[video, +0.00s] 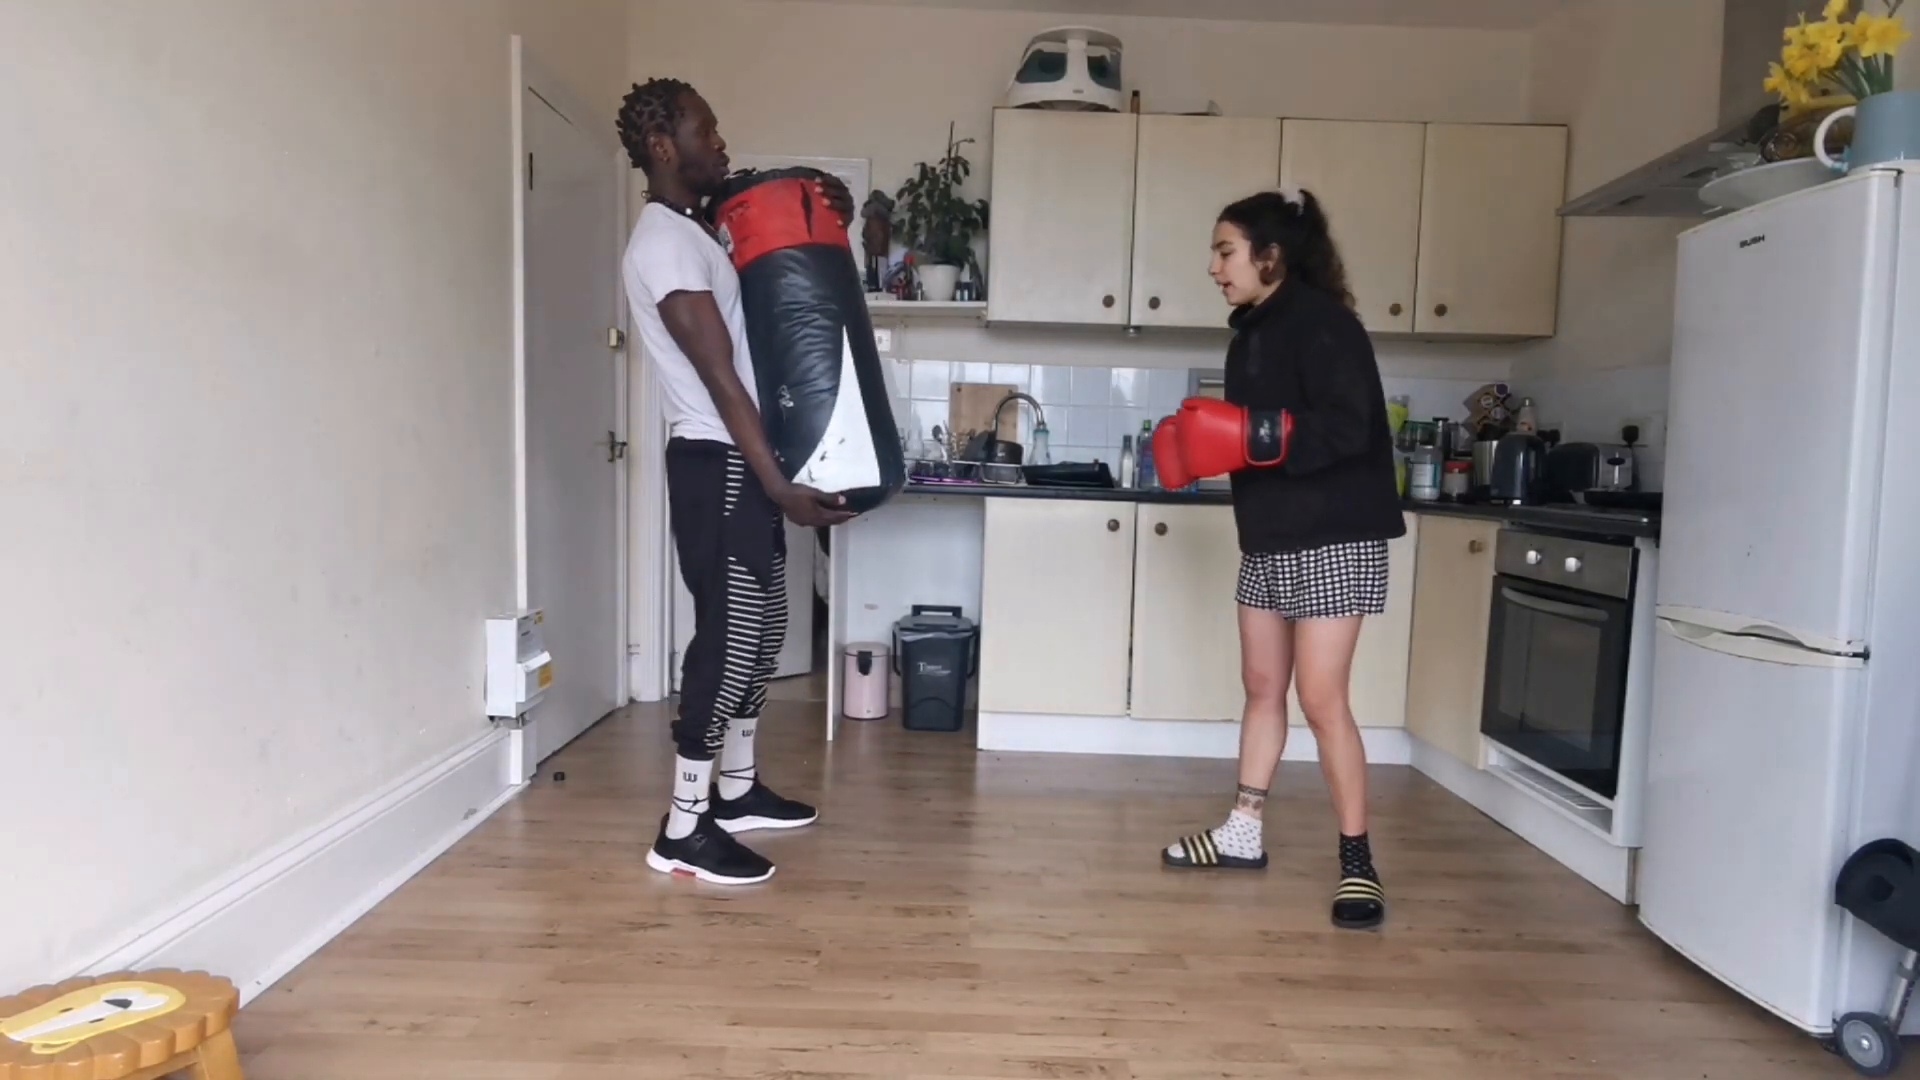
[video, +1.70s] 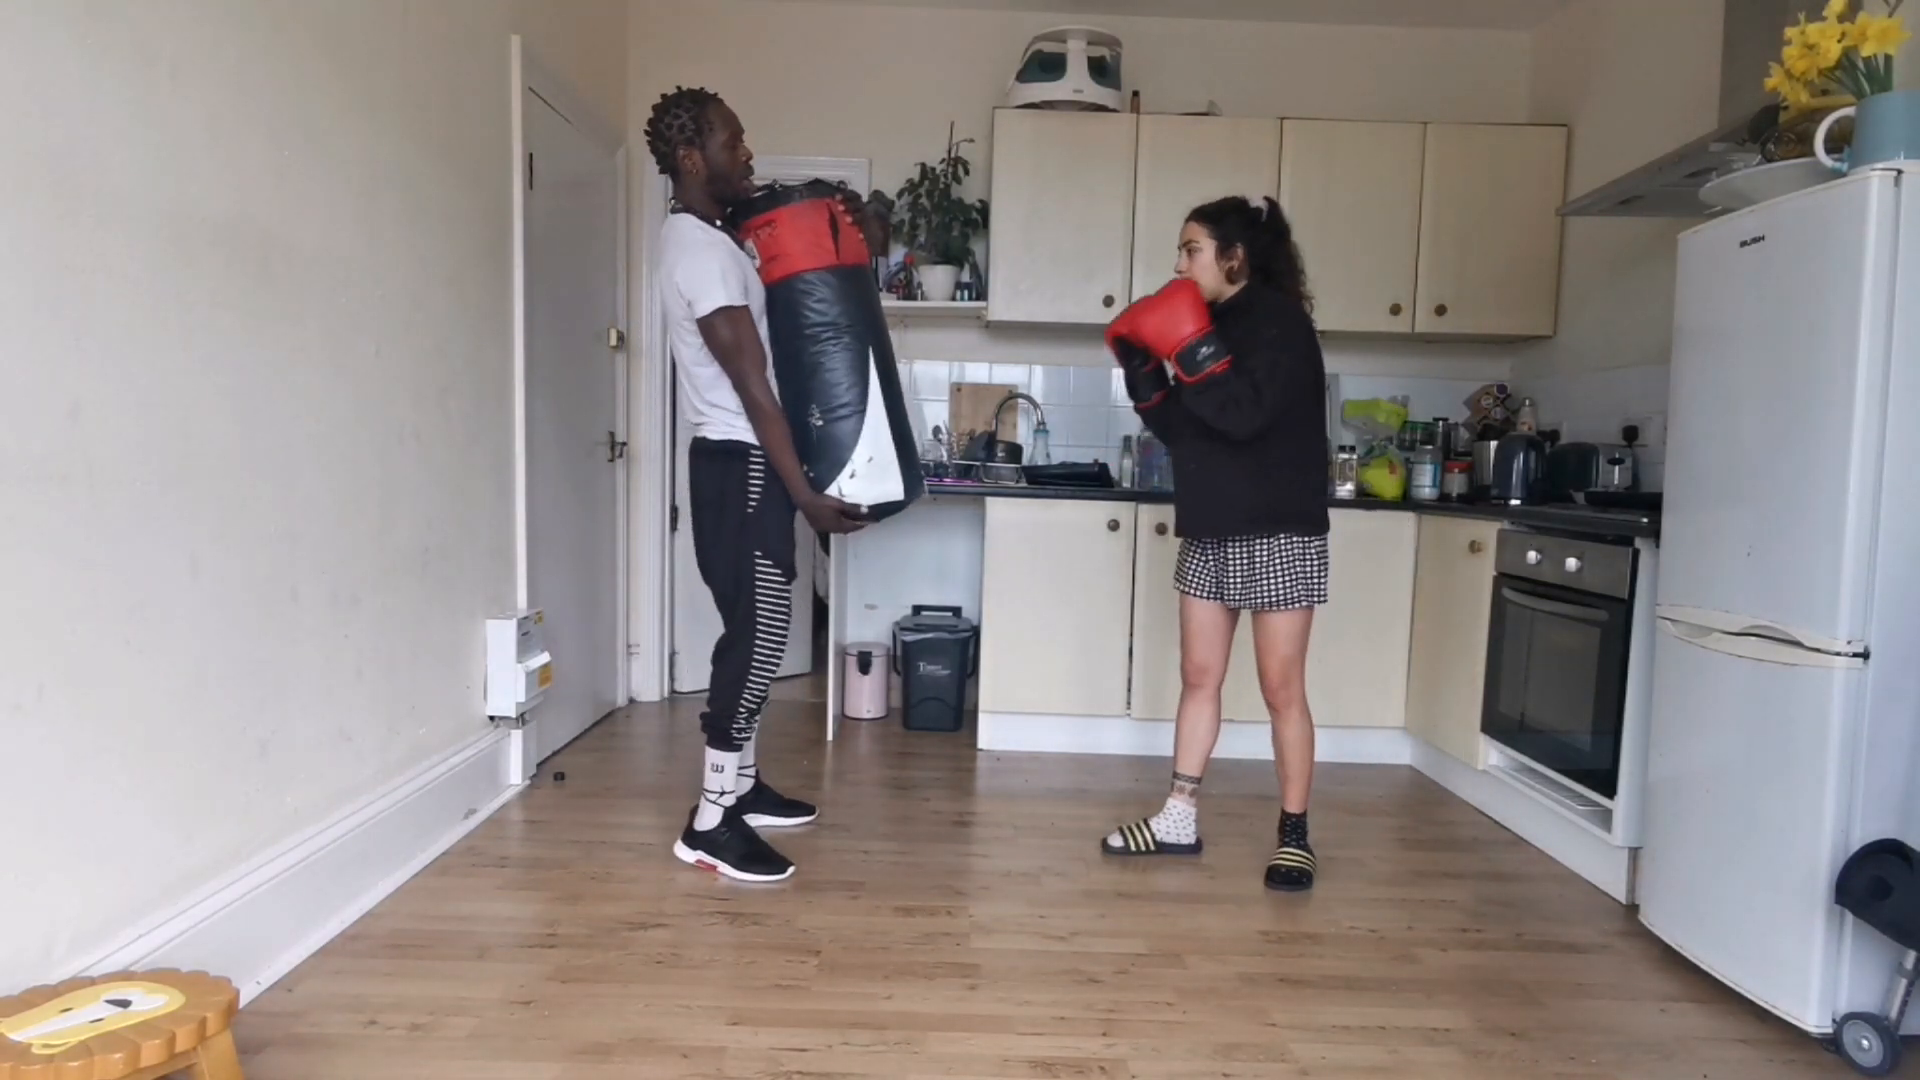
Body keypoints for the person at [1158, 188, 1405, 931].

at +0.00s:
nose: (1215, 267)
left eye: (1225, 253)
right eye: (1214, 253)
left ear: (1272, 255)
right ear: (1251, 257)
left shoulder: (1326, 322)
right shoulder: (1248, 337)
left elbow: (1354, 430)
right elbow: (1257, 436)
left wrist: (1256, 431)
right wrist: (1198, 448)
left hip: (1340, 532)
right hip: (1270, 533)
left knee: (1321, 698)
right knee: (1263, 686)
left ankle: (1356, 859)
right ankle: (1243, 830)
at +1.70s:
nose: (1181, 264)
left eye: (1192, 251)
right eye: (1181, 252)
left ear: (1234, 257)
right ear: (1213, 258)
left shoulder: (1278, 321)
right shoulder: (1202, 331)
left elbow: (1245, 416)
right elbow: (1180, 434)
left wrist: (1190, 353)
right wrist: (1143, 379)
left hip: (1283, 523)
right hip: (1210, 521)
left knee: (1282, 688)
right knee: (1198, 675)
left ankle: (1293, 835)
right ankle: (1178, 818)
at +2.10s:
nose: (1184, 270)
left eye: (1194, 258)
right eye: (1182, 259)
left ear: (1238, 260)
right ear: (1209, 264)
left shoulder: (1280, 319)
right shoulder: (1207, 325)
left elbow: (1228, 412)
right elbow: (1171, 423)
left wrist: (1199, 330)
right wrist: (1151, 348)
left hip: (1288, 523)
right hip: (1216, 523)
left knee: (1286, 684)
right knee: (1168, 665)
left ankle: (1293, 832)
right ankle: (1145, 807)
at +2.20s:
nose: (1170, 270)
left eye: (1180, 258)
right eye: (1169, 260)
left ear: (1223, 261)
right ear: (1191, 263)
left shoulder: (1264, 319)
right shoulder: (1191, 326)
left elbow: (1218, 410)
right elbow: (1152, 421)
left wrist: (1184, 333)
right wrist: (1135, 339)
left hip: (1274, 522)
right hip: (1202, 523)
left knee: (1277, 685)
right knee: (1165, 668)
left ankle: (1293, 833)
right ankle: (1146, 809)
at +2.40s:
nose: (1145, 271)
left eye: (1157, 259)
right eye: (1141, 261)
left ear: (1199, 259)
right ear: (1148, 268)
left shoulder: (1243, 321)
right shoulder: (1159, 327)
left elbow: (1193, 411)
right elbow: (1128, 423)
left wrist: (1161, 335)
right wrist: (1113, 341)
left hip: (1258, 519)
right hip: (1182, 521)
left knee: (1270, 686)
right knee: (1157, 667)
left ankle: (1296, 832)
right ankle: (1146, 809)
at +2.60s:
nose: (1148, 270)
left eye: (1160, 257)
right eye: (1146, 259)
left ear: (1204, 258)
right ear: (1160, 265)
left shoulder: (1250, 320)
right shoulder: (1168, 326)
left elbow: (1198, 409)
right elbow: (1135, 422)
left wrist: (1164, 333)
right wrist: (1118, 340)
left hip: (1264, 521)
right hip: (1188, 523)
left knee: (1279, 686)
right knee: (1159, 669)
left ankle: (1305, 835)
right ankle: (1146, 810)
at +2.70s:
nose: (1158, 269)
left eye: (1169, 256)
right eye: (1156, 258)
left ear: (1211, 257)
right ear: (1186, 261)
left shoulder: (1256, 318)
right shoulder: (1176, 325)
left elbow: (1206, 408)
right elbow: (1142, 423)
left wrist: (1172, 333)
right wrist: (1125, 341)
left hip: (1271, 520)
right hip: (1195, 522)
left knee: (1284, 687)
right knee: (1163, 669)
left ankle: (1305, 835)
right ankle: (1146, 811)